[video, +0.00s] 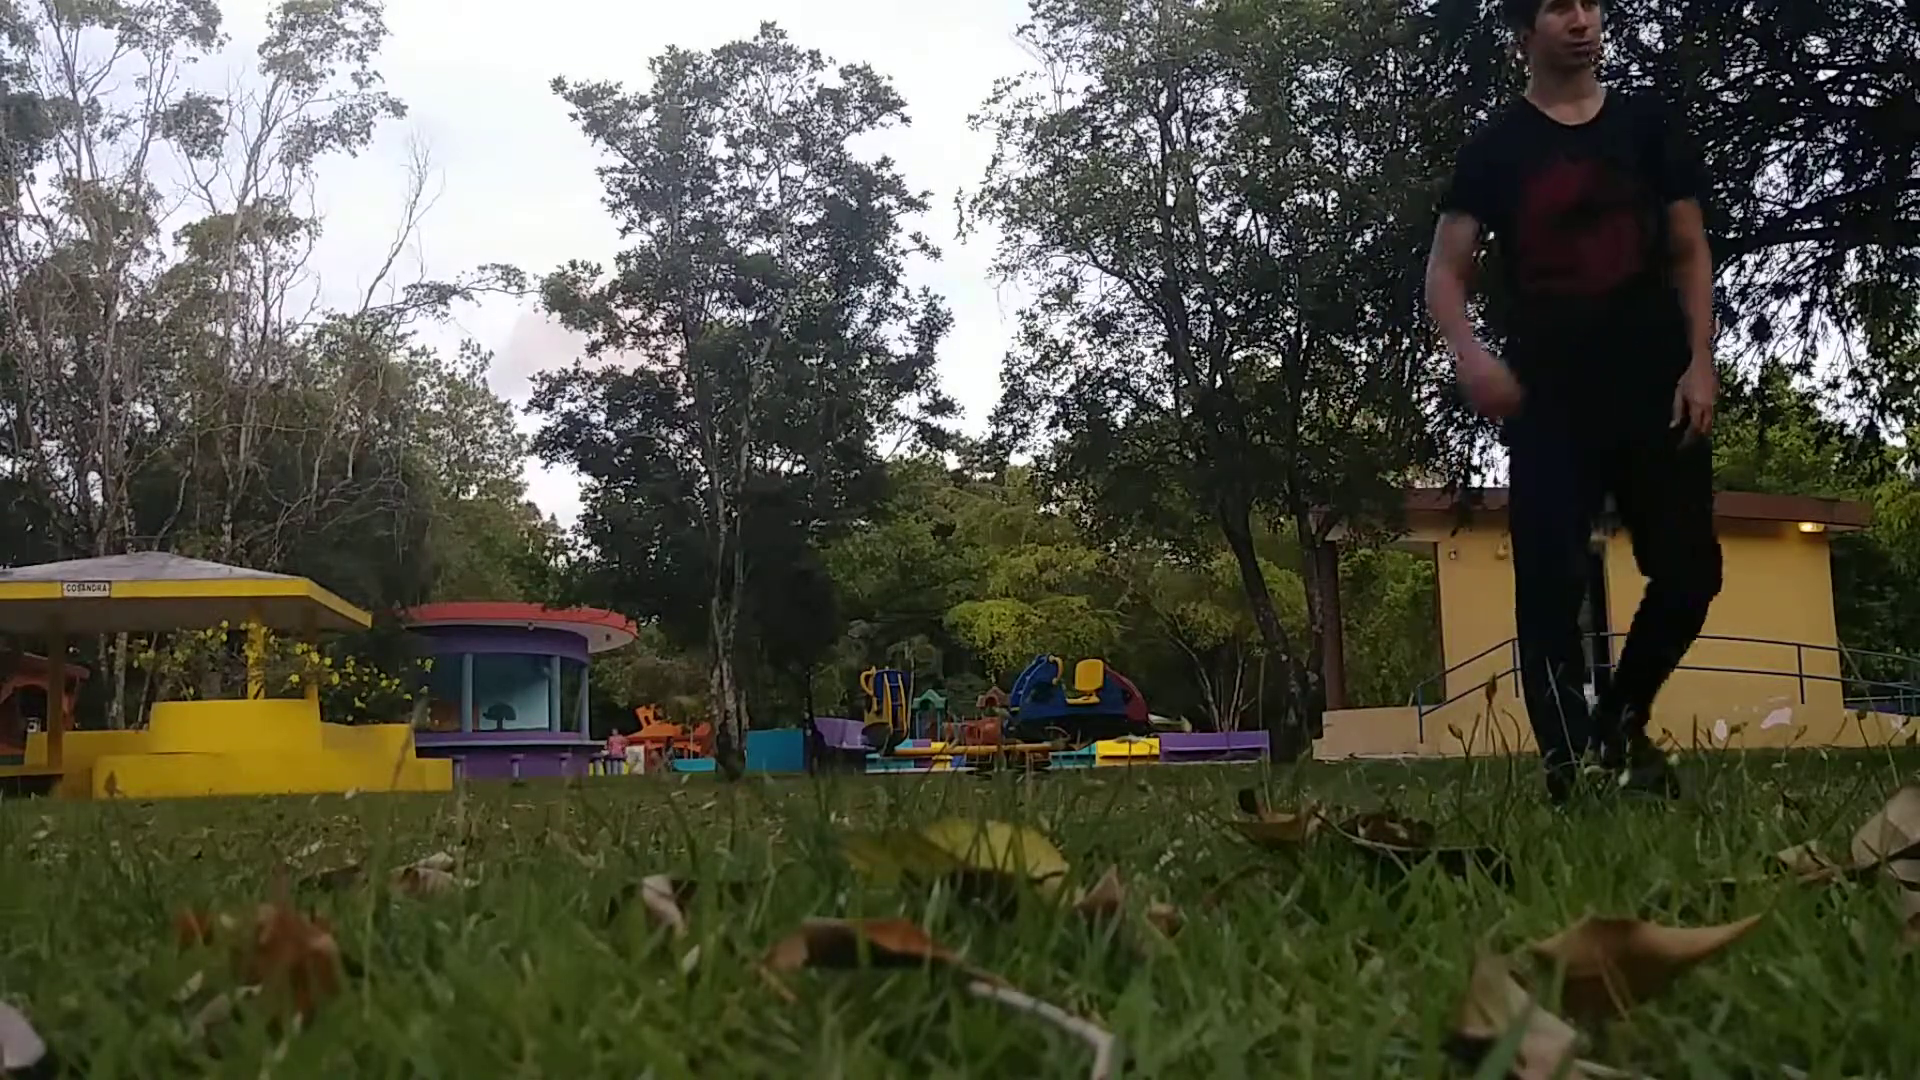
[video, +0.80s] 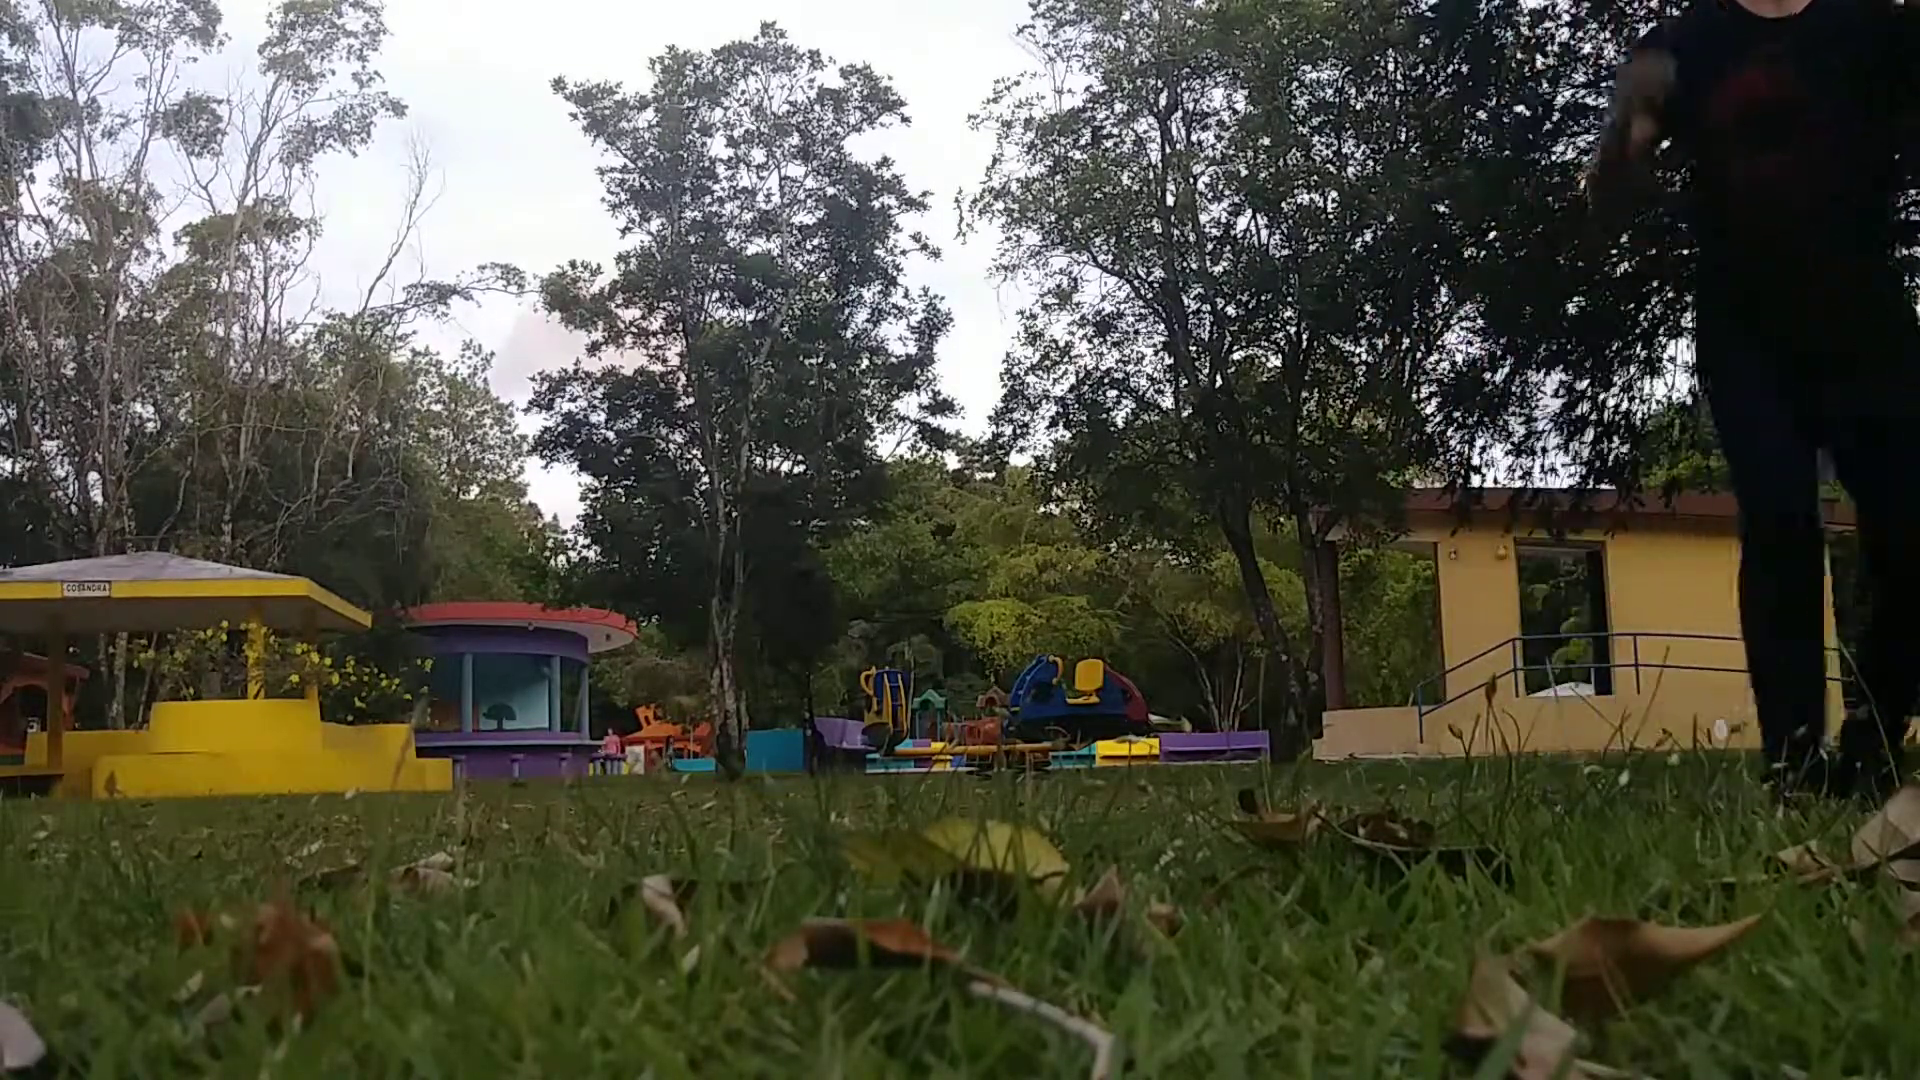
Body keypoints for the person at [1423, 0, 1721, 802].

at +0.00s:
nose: (1580, 22)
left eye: (1589, 8)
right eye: (1559, 10)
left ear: (1602, 21)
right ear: (1525, 31)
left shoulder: (1650, 125)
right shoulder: (1497, 142)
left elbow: (1690, 250)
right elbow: (1445, 270)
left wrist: (1701, 358)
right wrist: (1470, 356)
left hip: (1652, 388)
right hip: (1548, 395)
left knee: (1690, 575)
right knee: (1548, 585)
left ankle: (1621, 724)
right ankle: (1568, 766)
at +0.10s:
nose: (1594, 13)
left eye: (1604, 0)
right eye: (1575, 0)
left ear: (1617, 14)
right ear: (1538, 16)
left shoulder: (1662, 117)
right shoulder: (1503, 129)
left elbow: (1705, 245)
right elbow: (1452, 250)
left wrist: (1729, 352)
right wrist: (1513, 279)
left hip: (1662, 373)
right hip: (1558, 383)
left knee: (1721, 555)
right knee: (1557, 573)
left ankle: (1656, 729)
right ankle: (1568, 767)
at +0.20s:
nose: (1619, 3)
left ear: (1636, 8)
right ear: (1555, 9)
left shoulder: (1679, 113)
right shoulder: (1522, 114)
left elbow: (1720, 238)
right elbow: (1486, 230)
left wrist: (1756, 337)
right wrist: (1567, 235)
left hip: (1676, 363)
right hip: (1572, 373)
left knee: (1759, 537)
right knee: (1566, 571)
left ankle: (1728, 742)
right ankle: (1568, 765)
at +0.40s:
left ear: (1702, 4)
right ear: (1623, 2)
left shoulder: (1743, 107)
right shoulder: (1589, 97)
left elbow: (1764, 244)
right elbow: (1586, 227)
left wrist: (1805, 333)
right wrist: (1667, 241)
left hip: (1743, 364)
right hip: (1634, 369)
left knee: (1817, 546)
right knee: (1610, 570)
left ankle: (1846, 753)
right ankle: (1577, 767)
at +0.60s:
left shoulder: (1827, 73)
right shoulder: (1649, 68)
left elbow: (1854, 212)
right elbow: (1606, 217)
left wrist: (1898, 289)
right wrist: (1690, 260)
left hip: (1815, 331)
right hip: (1702, 341)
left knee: (1861, 543)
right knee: (1728, 540)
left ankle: (1856, 766)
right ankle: (1640, 734)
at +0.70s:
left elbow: (1906, 191)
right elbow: (1603, 197)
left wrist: (1900, 209)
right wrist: (1647, 200)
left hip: (1842, 319)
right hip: (1723, 328)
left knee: (1871, 534)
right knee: (1765, 499)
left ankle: (1857, 757)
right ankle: (1719, 737)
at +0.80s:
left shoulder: (1872, 27)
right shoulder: (1686, 41)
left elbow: (1907, 147)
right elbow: (1616, 199)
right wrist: (1629, 128)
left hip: (1864, 313)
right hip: (1746, 328)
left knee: (1902, 524)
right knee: (1779, 529)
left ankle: (1874, 744)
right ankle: (1795, 755)